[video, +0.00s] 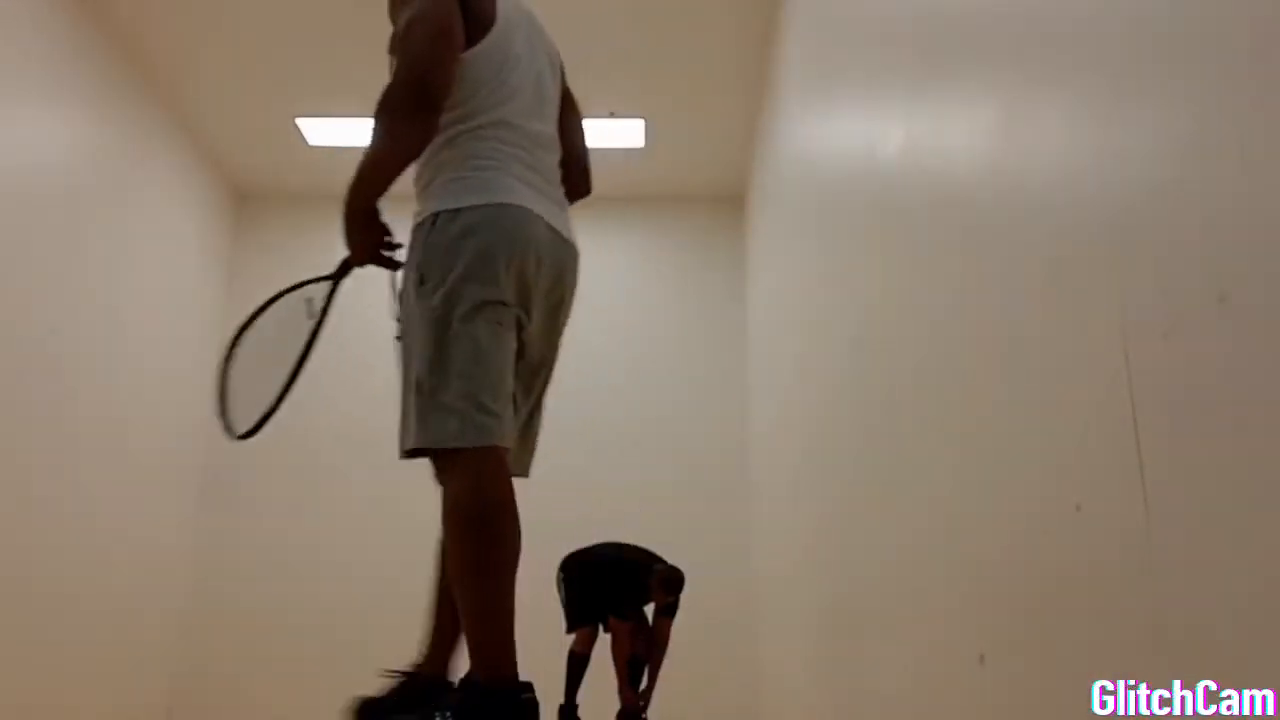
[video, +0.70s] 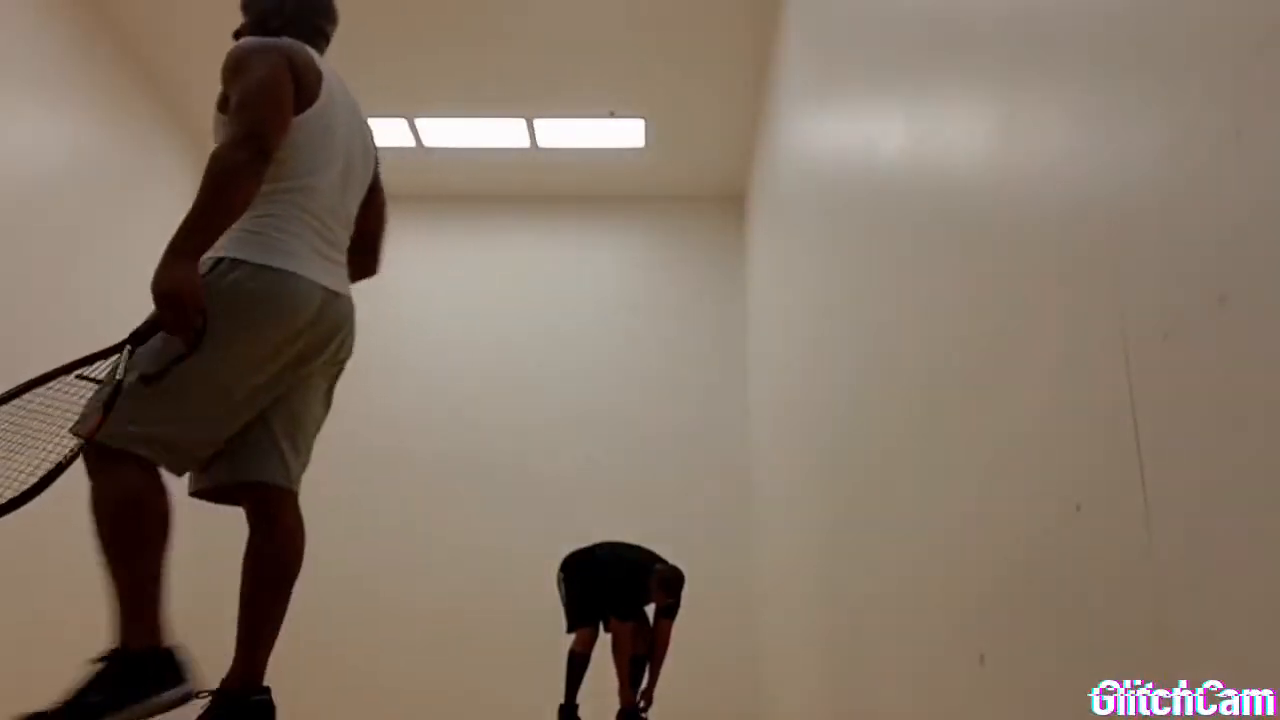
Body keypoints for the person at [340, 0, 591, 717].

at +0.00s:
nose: (392, 33)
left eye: (396, 20)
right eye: (392, 27)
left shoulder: (433, 3)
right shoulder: (539, 42)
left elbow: (421, 91)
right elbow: (574, 174)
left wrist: (361, 197)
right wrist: (476, 200)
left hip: (472, 225)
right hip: (551, 239)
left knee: (473, 461)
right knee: (482, 467)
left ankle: (496, 687)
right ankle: (433, 675)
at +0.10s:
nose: (369, 33)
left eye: (371, 21)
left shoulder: (404, 6)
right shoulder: (511, 54)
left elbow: (399, 90)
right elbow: (550, 188)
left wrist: (323, 202)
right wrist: (458, 223)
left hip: (440, 235)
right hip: (516, 251)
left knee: (455, 456)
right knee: (414, 469)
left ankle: (495, 683)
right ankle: (342, 669)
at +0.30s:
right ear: (421, 8)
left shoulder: (354, 19)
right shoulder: (459, 88)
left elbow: (330, 126)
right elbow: (497, 216)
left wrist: (244, 238)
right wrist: (424, 275)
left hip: (369, 261)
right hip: (443, 282)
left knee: (394, 465)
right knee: (325, 482)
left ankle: (481, 671)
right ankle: (253, 686)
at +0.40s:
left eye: (306, 11)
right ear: (399, 14)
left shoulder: (325, 23)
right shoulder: (423, 96)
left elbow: (303, 128)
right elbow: (471, 223)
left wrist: (210, 244)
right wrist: (410, 302)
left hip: (332, 270)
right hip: (403, 299)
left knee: (301, 470)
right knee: (316, 492)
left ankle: (433, 634)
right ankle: (248, 688)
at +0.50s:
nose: (281, 24)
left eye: (287, 17)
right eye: (284, 21)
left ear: (311, 7)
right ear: (370, 23)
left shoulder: (304, 32)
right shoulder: (393, 105)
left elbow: (283, 129)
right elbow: (448, 230)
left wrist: (189, 247)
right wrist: (389, 305)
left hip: (302, 276)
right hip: (372, 309)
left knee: (207, 449)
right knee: (295, 499)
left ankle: (356, 598)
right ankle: (247, 689)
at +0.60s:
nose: (261, 26)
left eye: (266, 19)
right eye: (263, 21)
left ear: (285, 15)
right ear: (349, 28)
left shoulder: (285, 43)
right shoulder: (371, 112)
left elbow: (269, 135)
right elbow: (412, 242)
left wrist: (181, 249)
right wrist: (334, 294)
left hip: (278, 277)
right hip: (349, 307)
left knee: (150, 440)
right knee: (279, 482)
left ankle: (269, 615)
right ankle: (248, 694)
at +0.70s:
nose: (238, 27)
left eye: (242, 17)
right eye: (240, 18)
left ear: (262, 15)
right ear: (325, 30)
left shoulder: (263, 51)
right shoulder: (356, 124)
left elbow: (258, 138)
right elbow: (363, 255)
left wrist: (181, 255)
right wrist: (261, 275)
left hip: (255, 284)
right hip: (331, 312)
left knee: (116, 443)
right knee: (274, 494)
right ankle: (245, 689)